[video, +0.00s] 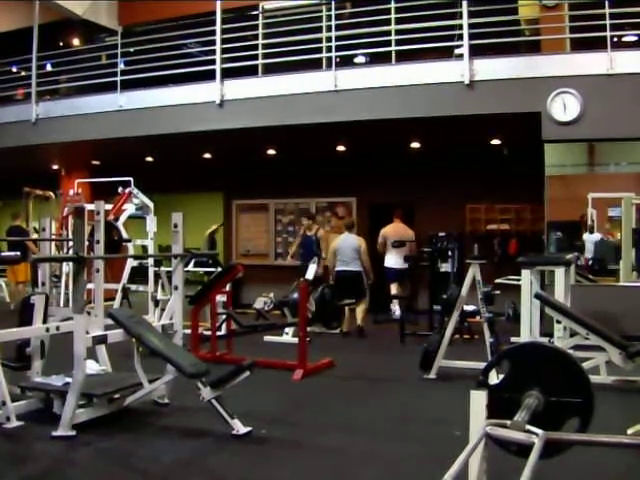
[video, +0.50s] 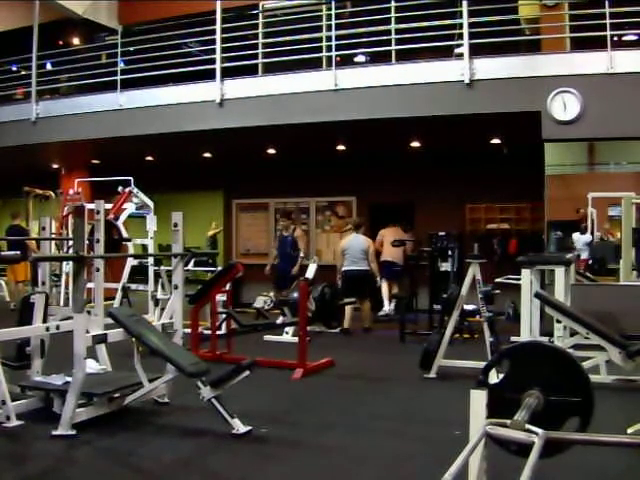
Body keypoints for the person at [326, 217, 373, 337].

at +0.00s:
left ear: (344, 227)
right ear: (354, 227)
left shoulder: (336, 241)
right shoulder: (360, 241)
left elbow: (331, 260)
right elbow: (365, 260)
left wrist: (331, 274)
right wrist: (370, 274)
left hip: (341, 272)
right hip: (356, 272)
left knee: (346, 302)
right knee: (362, 299)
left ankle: (345, 327)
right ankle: (359, 322)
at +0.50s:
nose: (364, 229)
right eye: (363, 228)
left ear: (352, 228)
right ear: (362, 228)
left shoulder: (344, 242)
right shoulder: (368, 241)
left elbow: (339, 261)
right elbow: (372, 261)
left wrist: (338, 274)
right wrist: (377, 275)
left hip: (348, 272)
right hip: (364, 272)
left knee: (349, 301)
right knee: (365, 300)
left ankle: (346, 326)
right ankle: (367, 324)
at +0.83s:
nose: (372, 228)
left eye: (370, 226)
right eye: (371, 226)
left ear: (360, 226)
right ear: (371, 227)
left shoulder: (353, 239)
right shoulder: (375, 240)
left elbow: (348, 257)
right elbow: (381, 257)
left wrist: (346, 271)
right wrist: (386, 270)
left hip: (355, 269)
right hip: (370, 269)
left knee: (354, 299)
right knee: (368, 298)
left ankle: (352, 320)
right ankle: (367, 325)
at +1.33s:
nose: (373, 229)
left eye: (372, 227)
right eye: (372, 227)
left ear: (361, 227)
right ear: (370, 227)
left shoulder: (354, 241)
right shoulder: (375, 241)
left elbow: (352, 259)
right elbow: (380, 259)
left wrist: (351, 273)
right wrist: (386, 272)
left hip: (358, 269)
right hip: (371, 269)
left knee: (360, 297)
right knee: (369, 297)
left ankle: (363, 321)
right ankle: (367, 323)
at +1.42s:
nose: (373, 228)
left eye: (372, 226)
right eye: (372, 227)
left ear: (361, 227)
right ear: (370, 227)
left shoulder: (354, 241)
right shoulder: (375, 240)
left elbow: (352, 258)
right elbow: (379, 257)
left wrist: (351, 272)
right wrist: (385, 271)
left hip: (358, 269)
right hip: (371, 269)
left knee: (360, 297)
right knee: (369, 296)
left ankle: (363, 321)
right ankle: (367, 322)